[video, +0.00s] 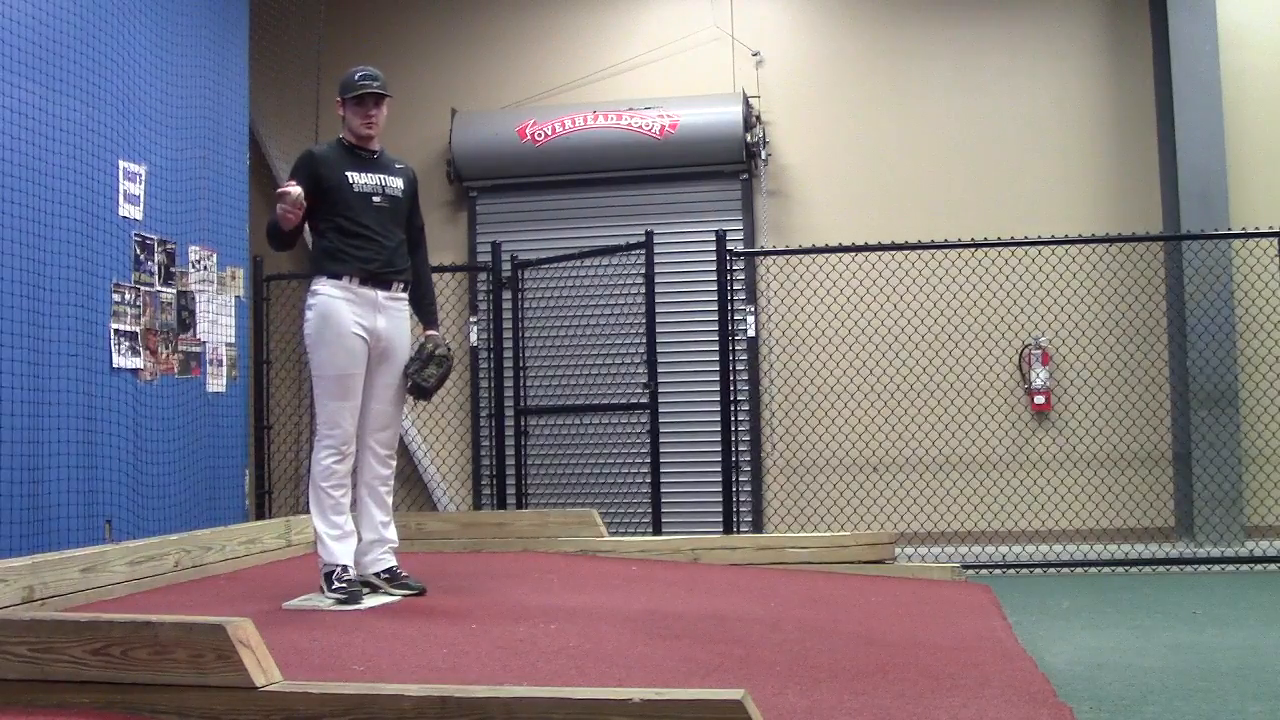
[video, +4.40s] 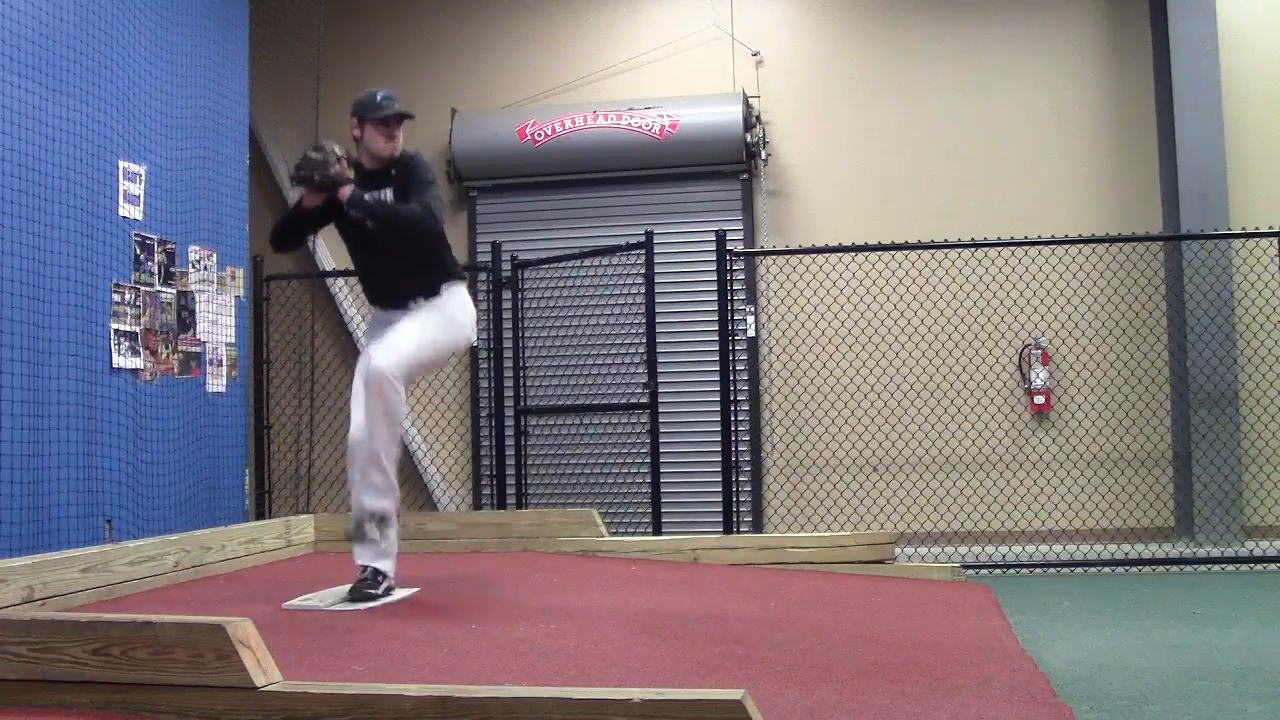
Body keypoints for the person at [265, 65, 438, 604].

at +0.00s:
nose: (370, 112)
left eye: (377, 103)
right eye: (361, 103)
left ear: (388, 109)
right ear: (341, 108)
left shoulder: (402, 174)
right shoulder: (316, 162)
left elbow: (417, 254)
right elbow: (280, 241)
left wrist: (430, 323)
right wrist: (285, 219)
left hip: (395, 308)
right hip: (338, 303)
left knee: (381, 443)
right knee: (337, 440)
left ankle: (377, 561)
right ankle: (337, 564)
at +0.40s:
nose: (373, 112)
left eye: (380, 104)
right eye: (363, 104)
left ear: (390, 110)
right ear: (344, 109)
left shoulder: (403, 176)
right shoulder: (320, 161)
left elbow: (416, 256)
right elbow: (294, 228)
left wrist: (426, 325)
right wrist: (364, 218)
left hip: (395, 308)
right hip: (338, 302)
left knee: (381, 441)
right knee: (338, 438)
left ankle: (377, 562)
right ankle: (337, 565)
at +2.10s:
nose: (391, 111)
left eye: (393, 103)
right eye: (381, 102)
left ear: (392, 110)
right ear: (352, 106)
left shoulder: (403, 172)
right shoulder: (319, 162)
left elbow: (415, 244)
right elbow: (301, 235)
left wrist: (421, 246)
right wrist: (376, 231)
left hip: (392, 308)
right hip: (337, 304)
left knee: (379, 439)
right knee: (338, 437)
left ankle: (376, 561)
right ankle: (336, 565)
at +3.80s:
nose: (395, 125)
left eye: (402, 116)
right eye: (385, 116)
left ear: (411, 121)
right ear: (365, 120)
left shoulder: (422, 166)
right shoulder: (341, 174)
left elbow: (421, 232)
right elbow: (308, 241)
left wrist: (345, 218)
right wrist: (297, 212)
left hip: (417, 311)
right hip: (360, 317)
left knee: (385, 410)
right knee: (361, 435)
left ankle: (415, 544)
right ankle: (379, 568)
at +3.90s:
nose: (391, 125)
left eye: (398, 117)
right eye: (381, 117)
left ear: (408, 121)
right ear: (362, 120)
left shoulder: (417, 163)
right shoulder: (340, 173)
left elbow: (413, 223)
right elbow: (296, 232)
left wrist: (338, 199)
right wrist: (303, 196)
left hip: (420, 298)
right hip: (365, 308)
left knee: (361, 362)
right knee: (368, 427)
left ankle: (379, 515)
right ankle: (381, 566)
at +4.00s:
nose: (385, 126)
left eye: (392, 117)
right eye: (375, 118)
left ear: (403, 120)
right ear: (357, 121)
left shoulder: (415, 159)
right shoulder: (341, 171)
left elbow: (408, 213)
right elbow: (287, 222)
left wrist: (335, 181)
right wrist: (298, 180)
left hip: (427, 294)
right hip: (369, 305)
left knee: (351, 297)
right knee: (369, 440)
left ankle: (351, 442)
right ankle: (380, 566)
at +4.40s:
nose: (395, 134)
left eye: (399, 125)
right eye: (384, 126)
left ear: (405, 128)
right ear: (357, 131)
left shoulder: (413, 168)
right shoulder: (338, 183)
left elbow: (427, 222)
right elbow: (281, 241)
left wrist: (352, 197)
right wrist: (309, 203)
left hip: (444, 305)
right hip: (387, 319)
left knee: (382, 364)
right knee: (364, 439)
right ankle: (375, 567)